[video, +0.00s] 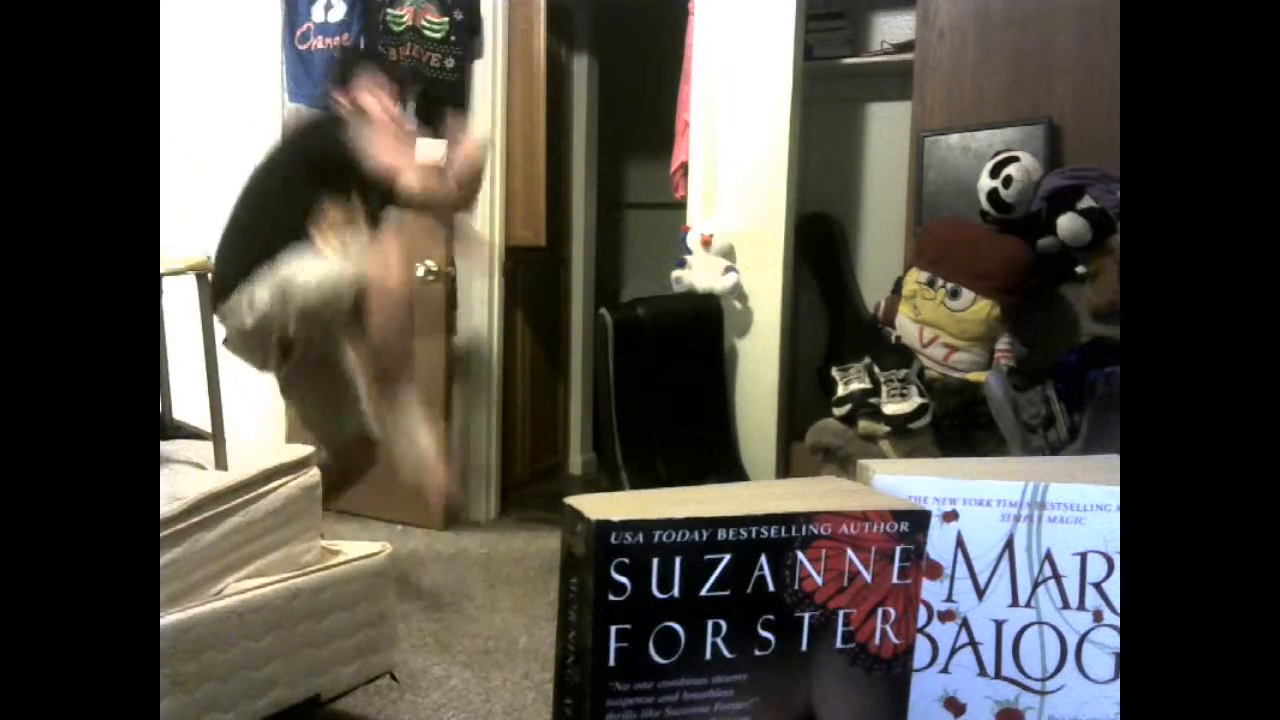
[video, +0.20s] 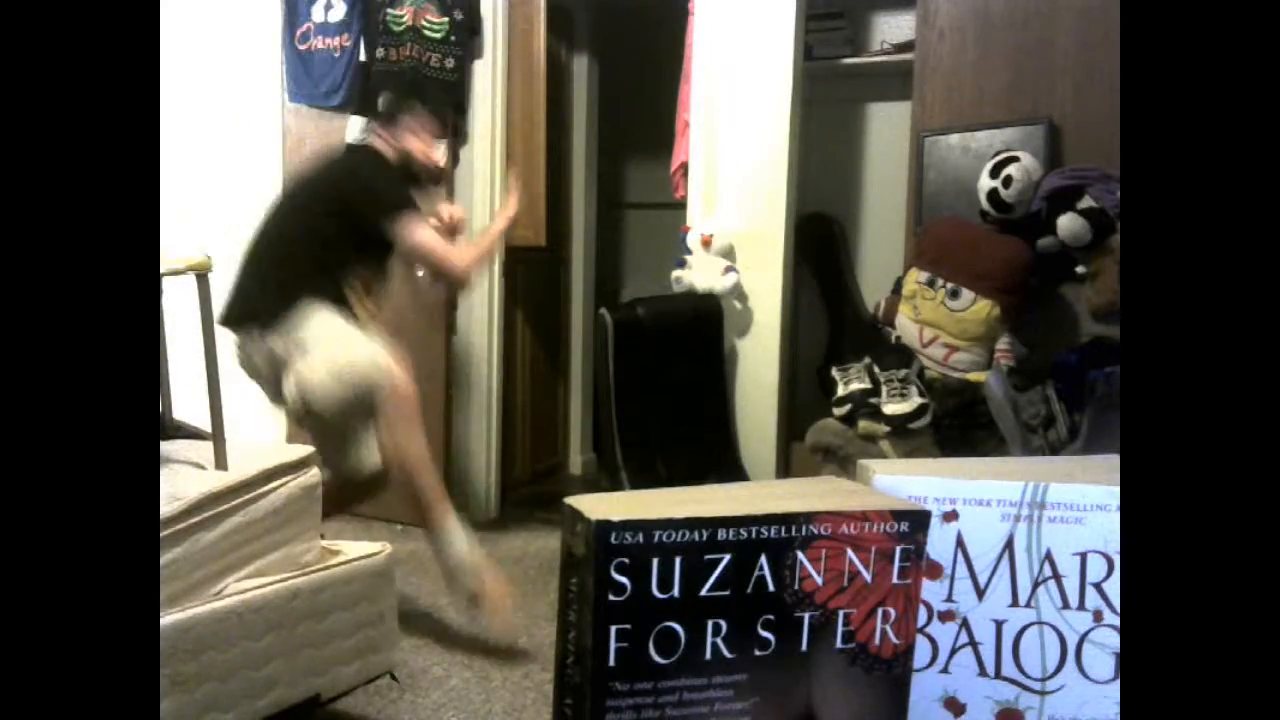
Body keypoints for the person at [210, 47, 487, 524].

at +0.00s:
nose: (392, 107)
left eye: (393, 95)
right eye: (379, 93)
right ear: (346, 96)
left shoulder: (359, 152)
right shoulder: (328, 136)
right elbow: (439, 196)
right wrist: (467, 142)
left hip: (294, 311)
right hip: (249, 303)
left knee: (353, 449)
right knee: (382, 266)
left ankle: (268, 526)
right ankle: (402, 407)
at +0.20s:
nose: (439, 153)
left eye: (442, 139)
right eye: (429, 136)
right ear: (390, 128)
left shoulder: (368, 175)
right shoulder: (367, 172)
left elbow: (368, 291)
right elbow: (457, 264)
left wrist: (436, 230)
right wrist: (507, 211)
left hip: (274, 326)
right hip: (287, 319)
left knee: (364, 470)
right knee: (391, 380)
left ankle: (264, 522)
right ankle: (453, 544)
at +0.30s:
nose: (459, 182)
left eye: (464, 168)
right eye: (454, 165)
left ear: (411, 154)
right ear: (425, 154)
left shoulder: (382, 196)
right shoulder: (388, 192)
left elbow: (421, 333)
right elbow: (477, 286)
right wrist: (507, 226)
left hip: (289, 339)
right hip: (302, 335)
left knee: (378, 480)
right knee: (412, 422)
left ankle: (273, 520)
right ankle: (453, 596)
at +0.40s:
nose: (486, 205)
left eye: (491, 192)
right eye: (483, 189)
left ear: (444, 178)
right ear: (453, 177)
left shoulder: (408, 209)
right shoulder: (412, 212)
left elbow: (418, 337)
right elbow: (491, 310)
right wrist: (523, 252)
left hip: (308, 354)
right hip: (322, 356)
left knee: (376, 492)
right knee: (438, 443)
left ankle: (277, 527)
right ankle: (460, 623)